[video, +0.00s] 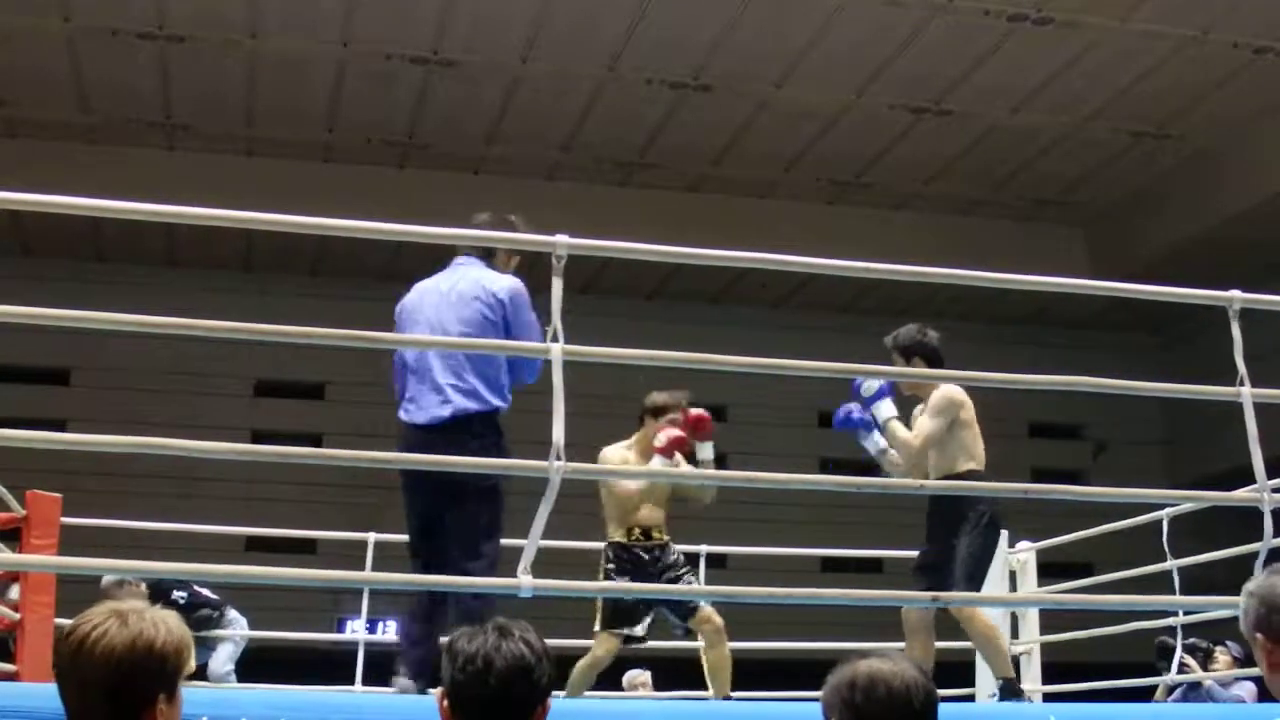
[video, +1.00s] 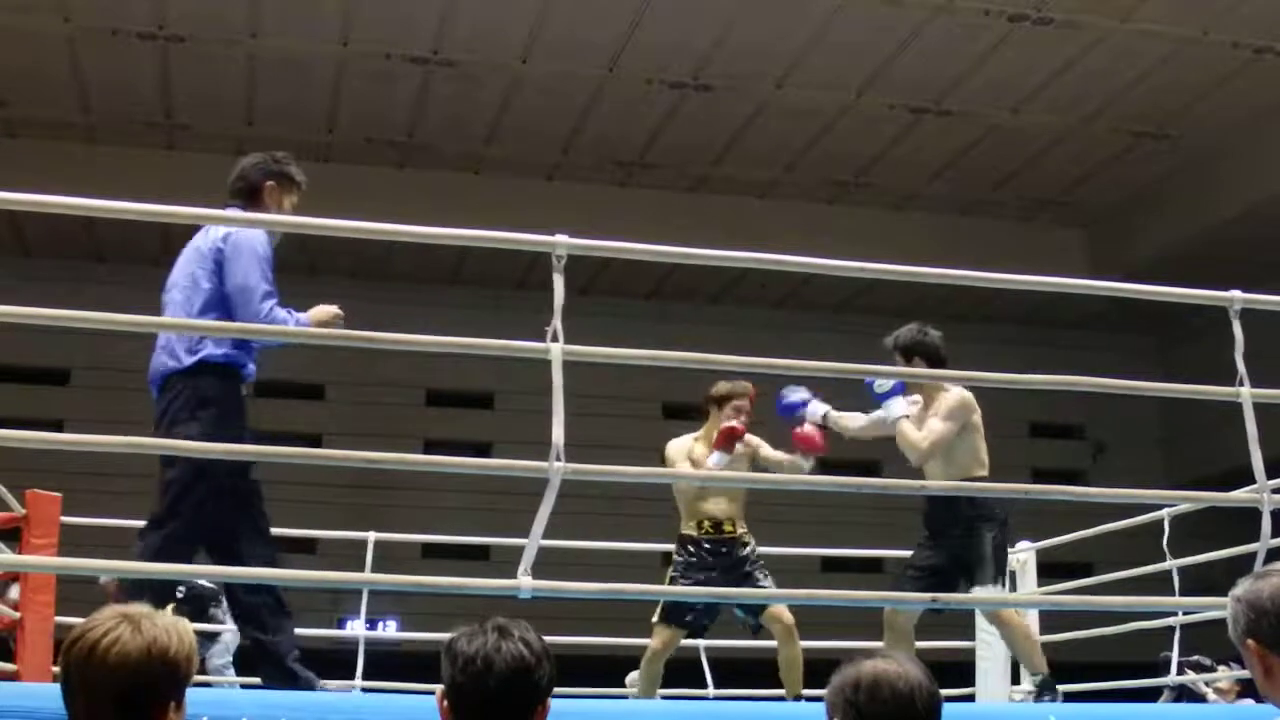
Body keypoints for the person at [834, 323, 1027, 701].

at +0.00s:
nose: (892, 373)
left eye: (896, 364)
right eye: (892, 366)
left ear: (916, 362)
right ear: (917, 363)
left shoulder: (949, 396)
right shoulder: (920, 412)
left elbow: (914, 451)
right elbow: (910, 469)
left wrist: (883, 408)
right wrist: (871, 440)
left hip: (974, 507)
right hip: (943, 510)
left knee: (960, 600)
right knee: (916, 608)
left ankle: (1013, 694)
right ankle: (920, 700)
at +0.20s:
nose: (889, 370)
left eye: (893, 362)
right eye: (888, 363)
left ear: (914, 361)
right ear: (916, 362)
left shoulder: (954, 394)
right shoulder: (910, 408)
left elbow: (921, 447)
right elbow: (875, 454)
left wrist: (889, 405)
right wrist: (829, 421)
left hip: (980, 510)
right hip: (946, 516)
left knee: (991, 598)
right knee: (920, 613)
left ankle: (1036, 692)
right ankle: (917, 700)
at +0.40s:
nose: (902, 382)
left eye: (905, 373)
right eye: (901, 375)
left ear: (927, 368)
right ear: (930, 369)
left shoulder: (965, 404)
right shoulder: (935, 412)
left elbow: (928, 460)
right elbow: (929, 474)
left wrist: (892, 415)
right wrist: (893, 441)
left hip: (979, 527)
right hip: (944, 527)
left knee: (989, 614)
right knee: (890, 605)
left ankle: (1039, 700)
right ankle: (902, 700)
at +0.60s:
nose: (894, 377)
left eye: (898, 369)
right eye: (893, 371)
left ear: (919, 366)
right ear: (921, 367)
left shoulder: (953, 404)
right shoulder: (925, 411)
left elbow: (908, 454)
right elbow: (911, 469)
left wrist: (883, 409)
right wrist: (874, 438)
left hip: (969, 523)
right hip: (937, 524)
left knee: (986, 617)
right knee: (895, 615)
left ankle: (1038, 699)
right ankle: (897, 705)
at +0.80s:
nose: (881, 371)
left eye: (884, 362)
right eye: (879, 364)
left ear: (904, 361)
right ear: (907, 361)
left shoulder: (946, 395)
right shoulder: (904, 405)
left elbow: (909, 450)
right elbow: (870, 448)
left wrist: (879, 405)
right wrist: (827, 421)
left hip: (971, 512)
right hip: (935, 516)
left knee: (991, 602)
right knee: (902, 612)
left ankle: (1034, 687)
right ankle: (897, 699)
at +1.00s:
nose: (895, 371)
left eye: (900, 362)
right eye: (894, 363)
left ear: (920, 363)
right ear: (919, 365)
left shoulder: (958, 400)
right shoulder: (914, 406)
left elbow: (918, 452)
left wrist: (897, 412)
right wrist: (816, 410)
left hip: (980, 521)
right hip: (941, 525)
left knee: (992, 605)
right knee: (897, 615)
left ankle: (1045, 684)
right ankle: (896, 702)